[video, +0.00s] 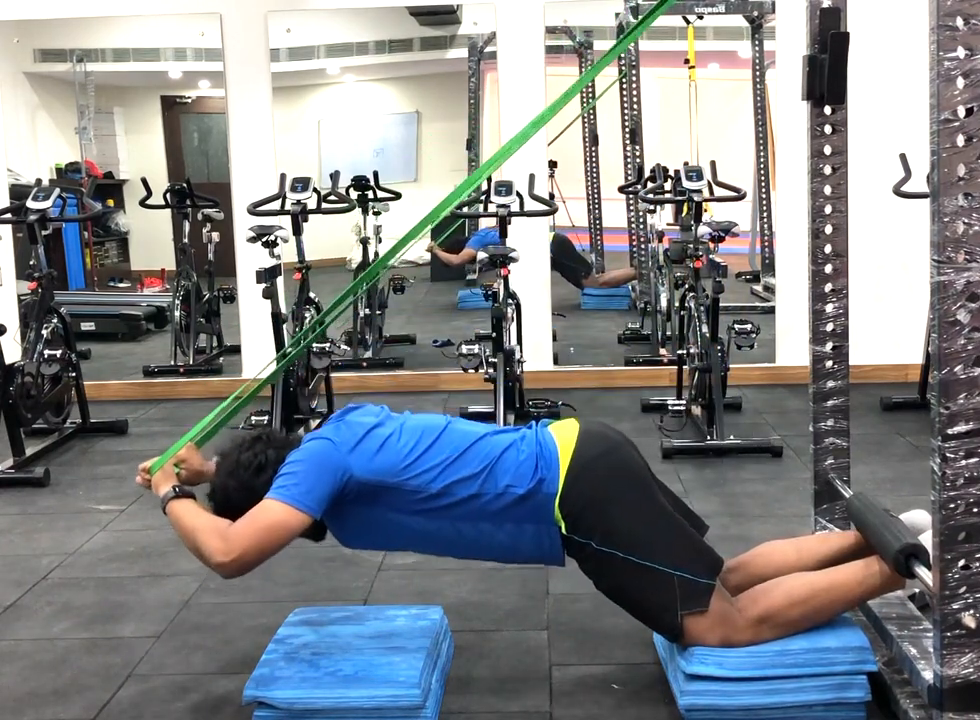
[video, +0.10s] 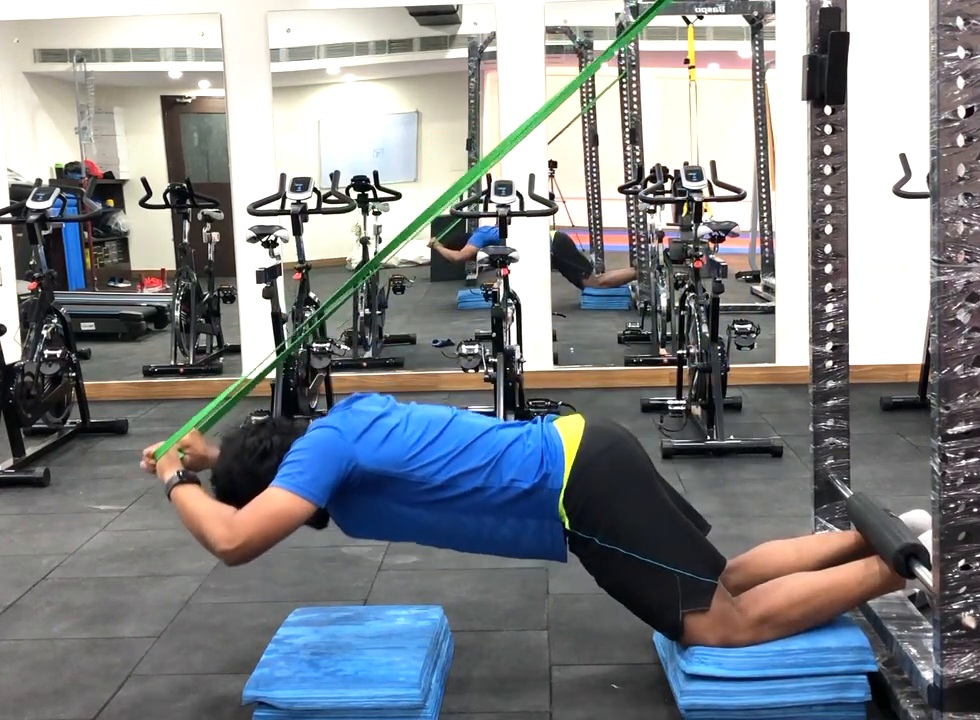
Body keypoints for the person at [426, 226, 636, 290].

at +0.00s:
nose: (460, 259)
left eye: (457, 256)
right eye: (458, 256)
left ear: (460, 249)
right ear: (463, 241)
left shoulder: (478, 238)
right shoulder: (484, 234)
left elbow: (456, 261)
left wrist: (434, 250)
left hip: (555, 245)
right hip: (553, 245)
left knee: (594, 282)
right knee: (591, 282)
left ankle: (641, 271)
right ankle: (640, 271)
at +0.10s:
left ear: (475, 227)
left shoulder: (484, 232)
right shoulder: (500, 229)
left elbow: (459, 257)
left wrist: (435, 245)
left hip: (556, 244)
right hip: (554, 244)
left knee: (594, 281)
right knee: (591, 281)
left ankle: (642, 270)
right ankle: (641, 270)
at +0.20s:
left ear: (482, 213)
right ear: (497, 208)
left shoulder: (486, 227)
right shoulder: (502, 223)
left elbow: (461, 252)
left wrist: (436, 241)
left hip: (558, 243)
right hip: (556, 245)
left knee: (593, 280)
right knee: (592, 281)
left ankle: (642, 270)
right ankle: (641, 270)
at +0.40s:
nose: (483, 203)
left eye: (486, 199)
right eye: (485, 199)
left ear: (494, 200)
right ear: (505, 199)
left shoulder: (492, 217)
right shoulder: (507, 214)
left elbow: (466, 242)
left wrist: (443, 230)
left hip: (562, 241)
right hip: (560, 240)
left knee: (594, 281)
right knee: (592, 280)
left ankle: (642, 270)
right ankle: (640, 270)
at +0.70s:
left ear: (490, 198)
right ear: (497, 195)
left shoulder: (504, 205)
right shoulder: (502, 206)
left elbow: (480, 223)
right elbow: (479, 221)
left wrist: (457, 216)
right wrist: (460, 214)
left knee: (595, 280)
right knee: (589, 281)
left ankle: (643, 272)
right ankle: (640, 272)